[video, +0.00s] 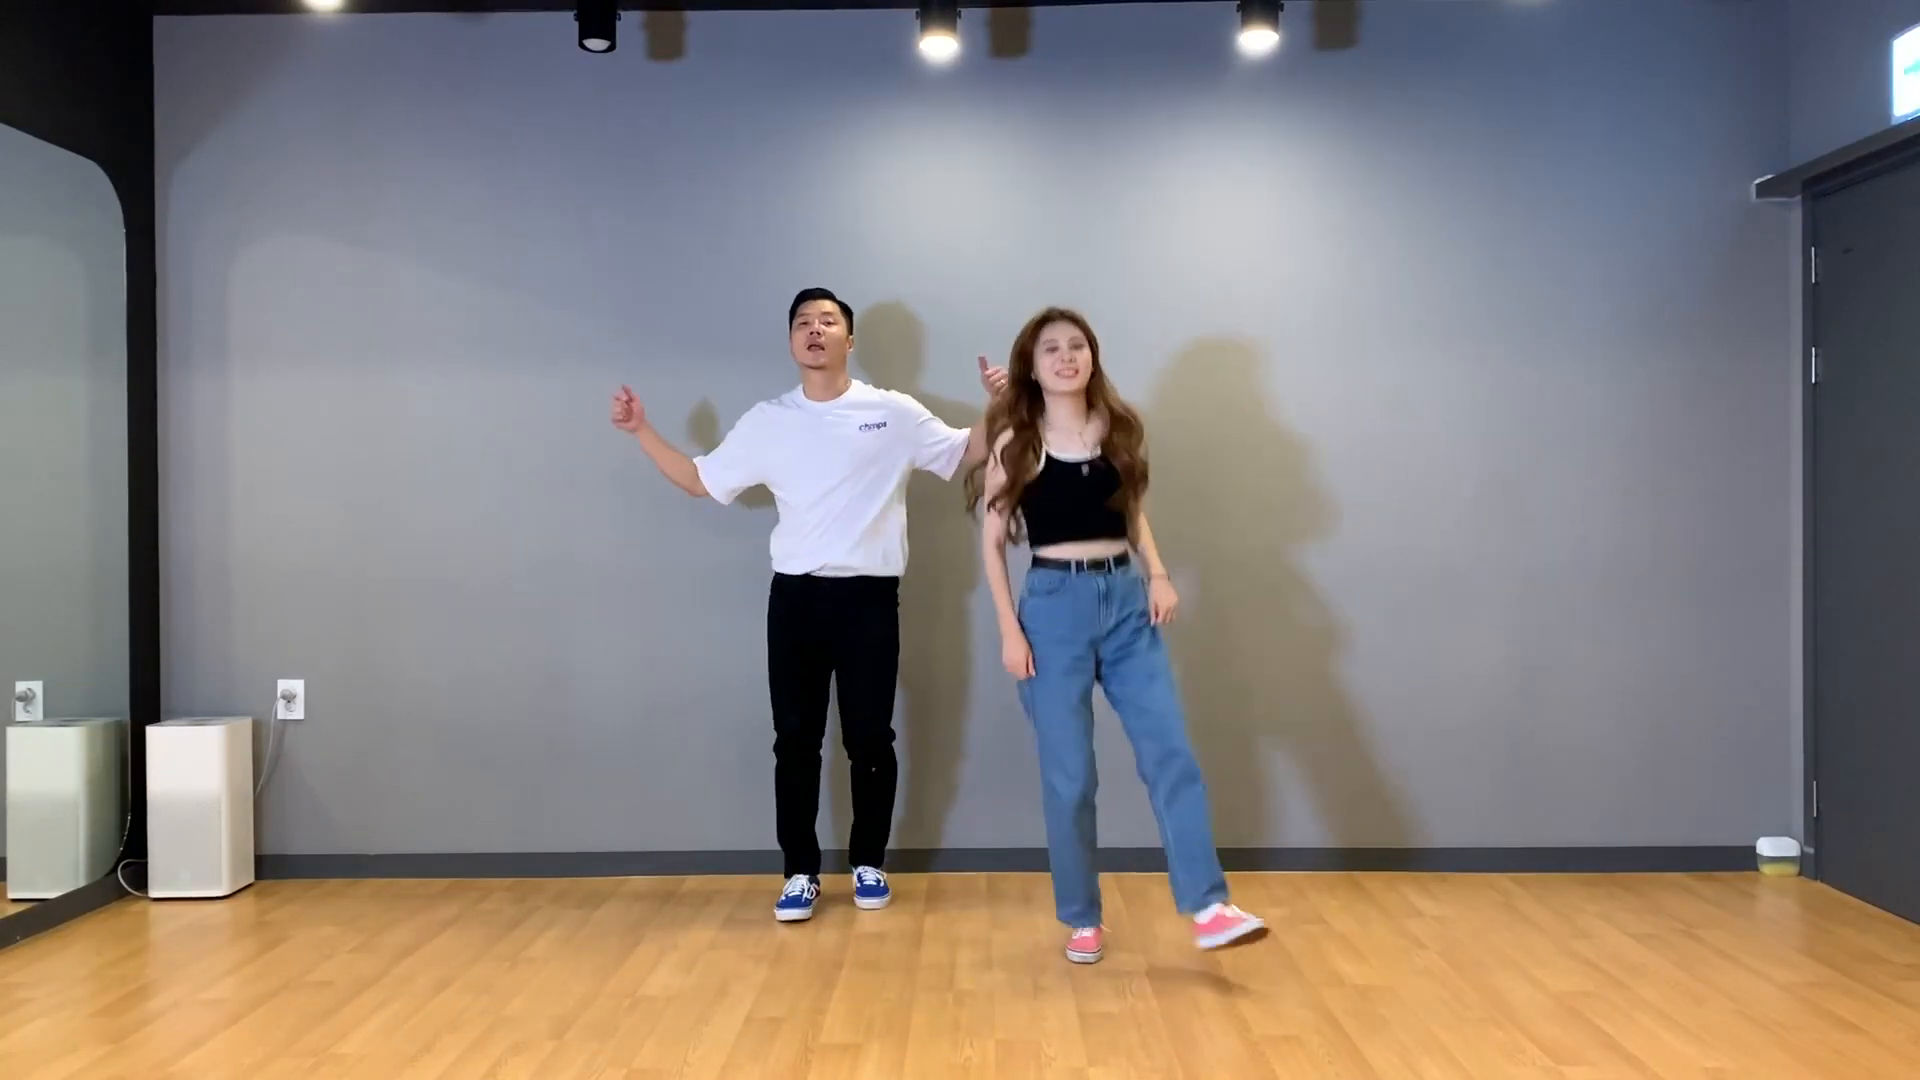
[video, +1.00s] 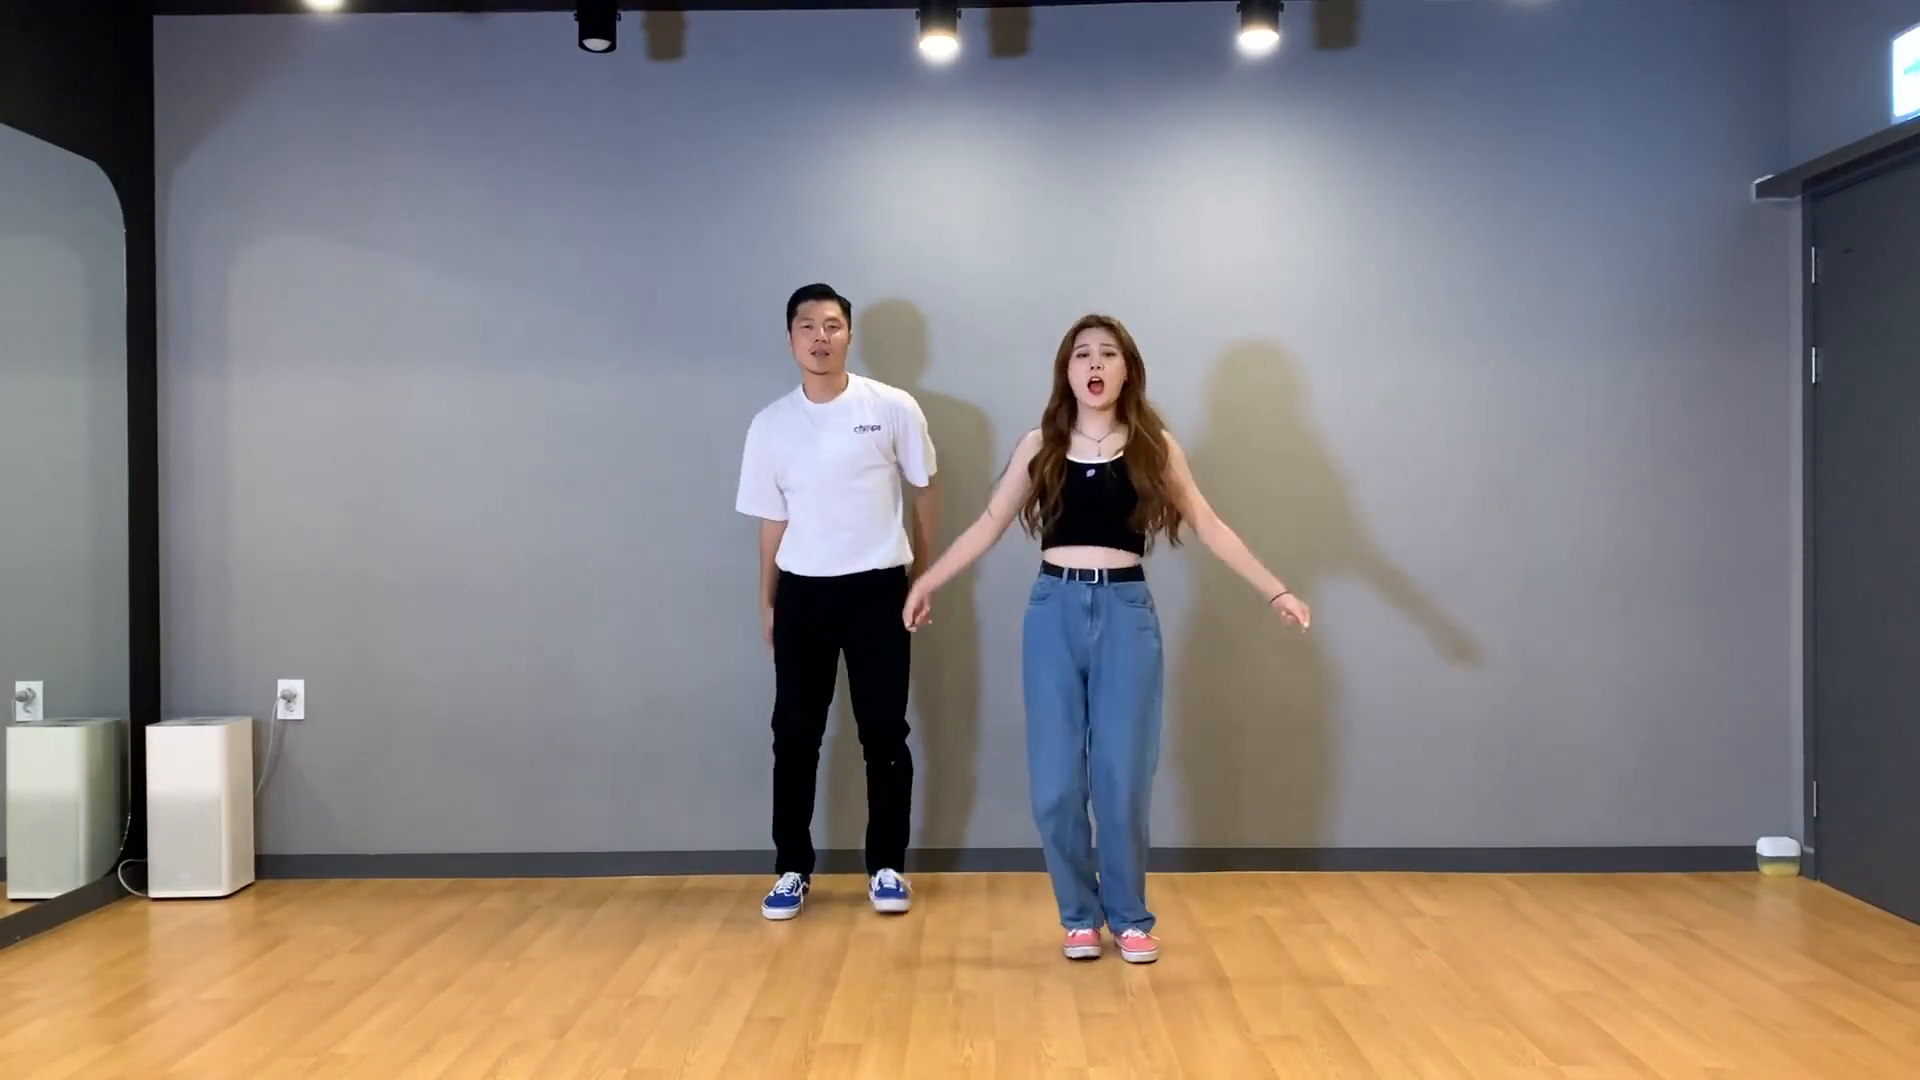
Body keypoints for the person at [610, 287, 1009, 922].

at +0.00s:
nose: (815, 328)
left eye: (828, 320)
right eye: (803, 322)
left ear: (850, 339)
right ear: (790, 344)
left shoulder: (892, 411)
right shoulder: (769, 420)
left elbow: (965, 454)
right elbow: (701, 479)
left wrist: (996, 405)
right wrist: (642, 430)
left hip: (870, 595)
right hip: (796, 596)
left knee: (870, 740)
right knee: (795, 742)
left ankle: (868, 867)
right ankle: (799, 874)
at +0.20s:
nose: (836, 339)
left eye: (847, 329)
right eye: (824, 332)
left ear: (869, 343)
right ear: (809, 349)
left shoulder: (907, 423)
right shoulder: (781, 420)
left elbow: (983, 468)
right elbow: (722, 476)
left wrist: (992, 435)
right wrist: (665, 435)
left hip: (882, 600)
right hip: (805, 598)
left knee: (885, 742)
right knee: (789, 739)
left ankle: (870, 864)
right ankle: (785, 875)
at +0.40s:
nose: (847, 365)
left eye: (859, 353)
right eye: (835, 355)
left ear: (877, 362)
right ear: (818, 365)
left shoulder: (905, 437)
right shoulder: (783, 424)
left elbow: (943, 520)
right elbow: (723, 481)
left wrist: (966, 456)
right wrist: (662, 455)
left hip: (878, 602)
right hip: (805, 602)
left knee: (914, 735)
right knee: (807, 739)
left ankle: (874, 859)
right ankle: (788, 863)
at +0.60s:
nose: (839, 371)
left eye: (850, 359)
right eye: (826, 360)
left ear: (867, 364)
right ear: (809, 367)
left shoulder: (895, 447)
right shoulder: (773, 423)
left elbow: (931, 537)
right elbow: (712, 486)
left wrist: (929, 524)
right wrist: (666, 528)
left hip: (872, 605)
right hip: (799, 603)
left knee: (893, 743)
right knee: (797, 745)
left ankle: (866, 861)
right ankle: (785, 872)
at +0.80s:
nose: (819, 356)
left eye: (831, 344)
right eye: (807, 344)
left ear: (849, 350)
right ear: (790, 352)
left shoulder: (884, 426)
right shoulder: (764, 432)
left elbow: (921, 514)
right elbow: (743, 529)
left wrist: (923, 601)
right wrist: (726, 609)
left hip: (864, 603)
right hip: (787, 605)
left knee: (879, 740)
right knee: (777, 740)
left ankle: (865, 854)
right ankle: (785, 870)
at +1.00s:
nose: (821, 335)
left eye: (832, 325)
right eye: (809, 326)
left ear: (850, 337)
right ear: (790, 340)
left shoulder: (892, 407)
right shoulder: (770, 424)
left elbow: (926, 494)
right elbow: (773, 521)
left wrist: (925, 573)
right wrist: (767, 602)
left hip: (881, 588)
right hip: (802, 593)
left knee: (884, 735)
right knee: (794, 735)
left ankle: (886, 869)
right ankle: (792, 868)